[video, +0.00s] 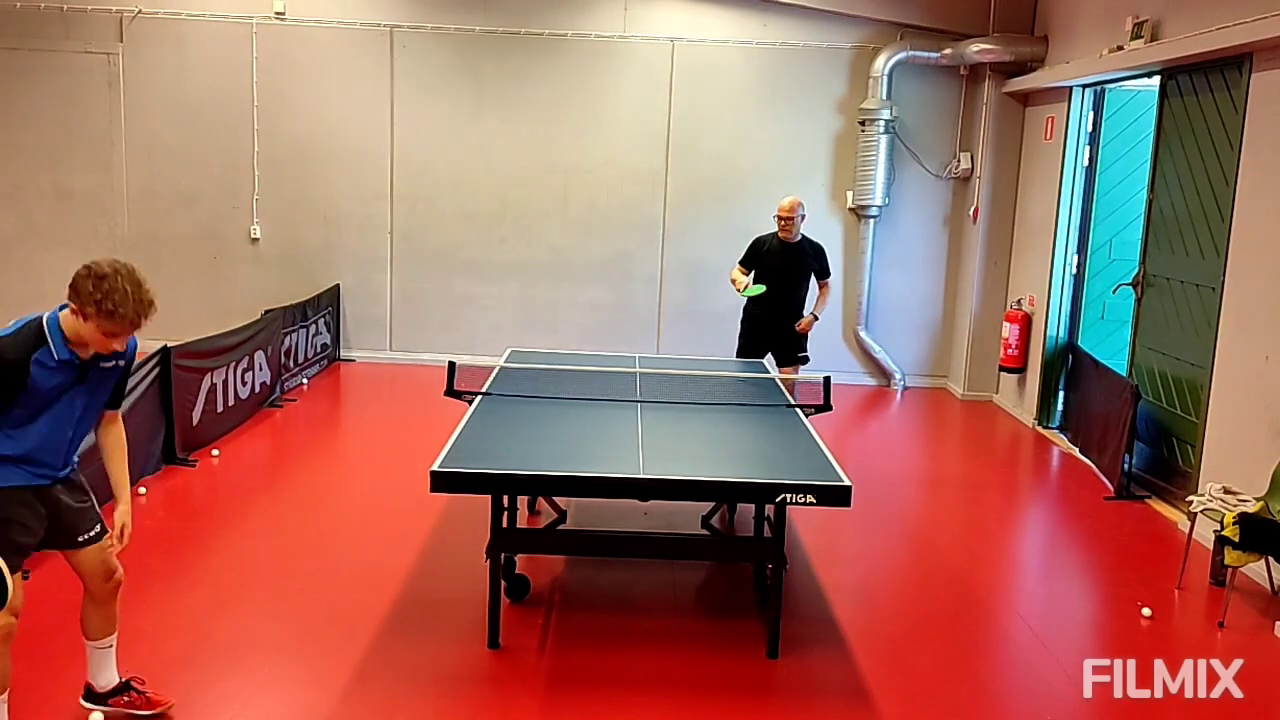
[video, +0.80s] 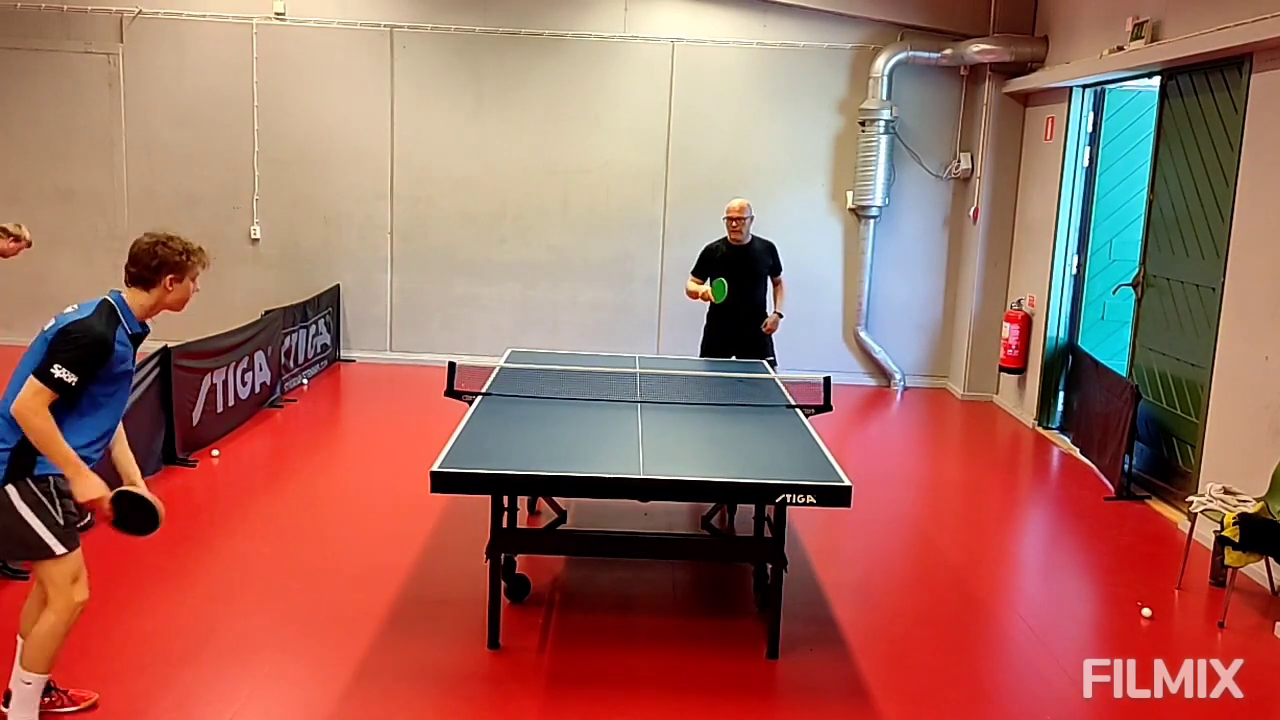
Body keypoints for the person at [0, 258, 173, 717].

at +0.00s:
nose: (119, 346)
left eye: (125, 337)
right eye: (110, 336)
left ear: (132, 323)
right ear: (78, 313)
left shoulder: (121, 351)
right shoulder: (18, 348)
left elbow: (110, 422)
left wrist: (124, 497)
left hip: (60, 481)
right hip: (7, 488)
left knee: (106, 578)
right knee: (6, 617)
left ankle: (103, 687)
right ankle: (3, 711)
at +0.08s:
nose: (126, 381)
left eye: (133, 372)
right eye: (120, 370)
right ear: (88, 345)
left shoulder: (118, 379)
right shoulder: (17, 368)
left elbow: (109, 447)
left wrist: (118, 530)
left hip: (42, 480)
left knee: (94, 572)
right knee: (1, 602)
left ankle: (85, 681)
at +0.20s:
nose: (136, 463)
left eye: (142, 459)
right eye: (133, 455)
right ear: (103, 432)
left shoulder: (112, 445)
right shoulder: (20, 414)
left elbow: (104, 515)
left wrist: (113, 588)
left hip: (23, 489)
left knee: (76, 580)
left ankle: (39, 677)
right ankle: (40, 676)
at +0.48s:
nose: (184, 468)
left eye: (191, 463)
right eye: (185, 459)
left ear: (157, 437)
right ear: (158, 437)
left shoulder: (129, 455)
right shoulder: (64, 413)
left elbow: (100, 528)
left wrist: (110, 603)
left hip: (15, 496)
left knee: (59, 580)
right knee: (56, 581)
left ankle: (26, 686)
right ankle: (26, 685)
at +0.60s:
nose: (205, 385)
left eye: (209, 376)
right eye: (205, 374)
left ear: (176, 362)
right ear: (179, 364)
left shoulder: (135, 398)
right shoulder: (78, 373)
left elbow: (100, 474)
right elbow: (1, 405)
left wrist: (111, 549)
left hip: (32, 483)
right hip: (2, 482)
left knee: (53, 580)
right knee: (4, 614)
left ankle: (24, 689)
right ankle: (8, 699)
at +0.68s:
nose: (207, 345)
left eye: (209, 336)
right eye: (205, 334)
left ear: (174, 329)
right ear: (178, 329)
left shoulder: (140, 367)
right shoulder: (86, 356)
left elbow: (101, 446)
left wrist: (115, 520)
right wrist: (3, 497)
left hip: (45, 482)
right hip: (9, 484)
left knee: (56, 579)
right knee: (17, 609)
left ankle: (26, 690)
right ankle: (3, 709)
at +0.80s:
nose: (194, 291)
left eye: (195, 282)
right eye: (192, 282)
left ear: (159, 281)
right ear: (168, 283)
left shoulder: (126, 329)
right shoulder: (94, 332)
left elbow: (104, 411)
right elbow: (27, 407)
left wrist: (133, 479)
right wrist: (78, 473)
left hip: (48, 469)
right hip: (23, 473)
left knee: (50, 584)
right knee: (70, 596)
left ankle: (26, 688)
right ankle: (21, 709)